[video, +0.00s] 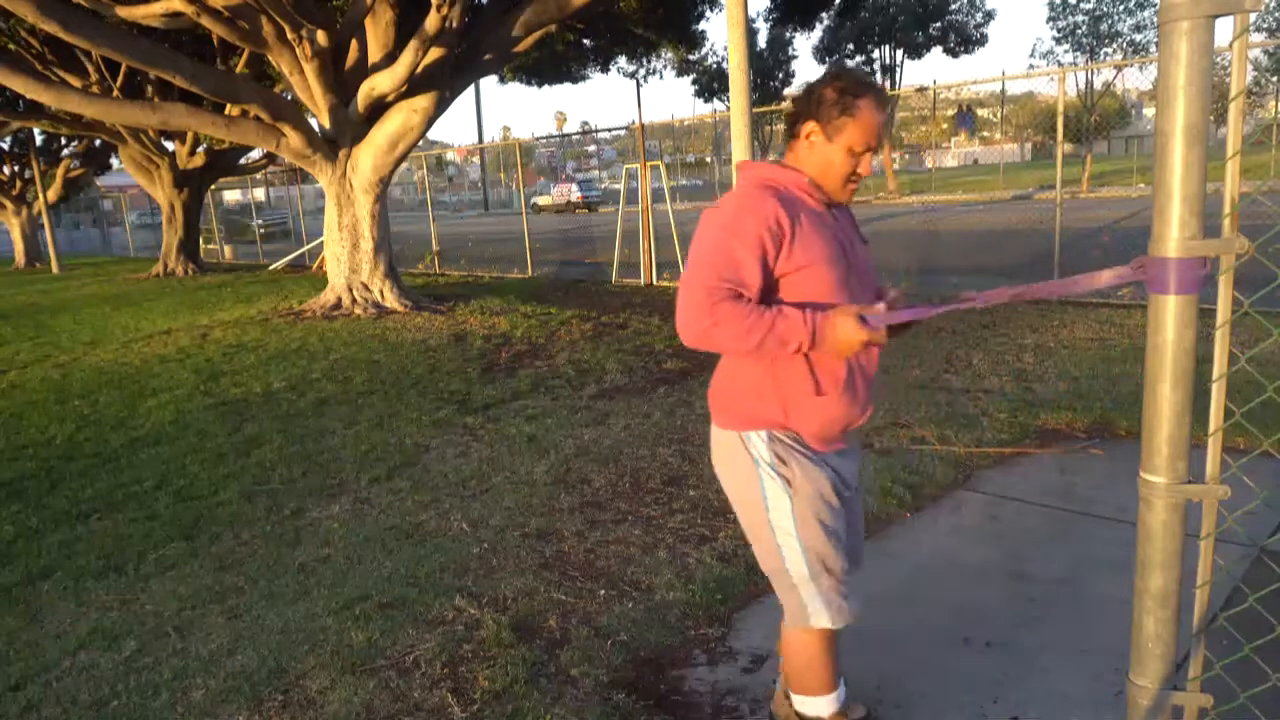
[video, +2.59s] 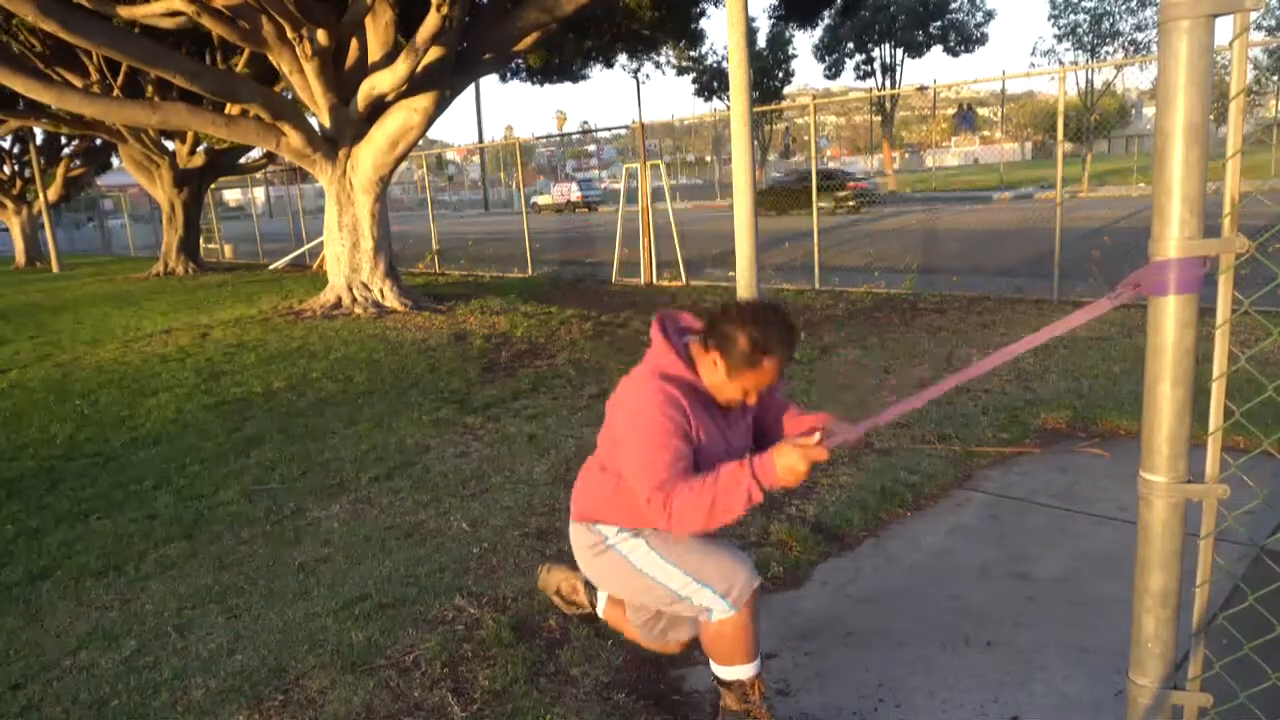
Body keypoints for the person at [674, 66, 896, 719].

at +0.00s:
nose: (866, 168)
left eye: (871, 154)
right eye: (859, 151)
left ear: (827, 139)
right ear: (810, 136)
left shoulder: (833, 211)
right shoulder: (750, 209)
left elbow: (838, 302)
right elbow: (699, 317)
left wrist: (879, 312)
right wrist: (818, 330)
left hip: (824, 431)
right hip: (767, 437)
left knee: (823, 578)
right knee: (813, 595)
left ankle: (796, 696)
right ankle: (821, 715)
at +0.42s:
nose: (767, 185)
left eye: (775, 171)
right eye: (757, 169)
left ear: (779, 162)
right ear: (715, 150)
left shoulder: (757, 216)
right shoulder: (661, 215)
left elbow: (775, 294)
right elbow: (606, 318)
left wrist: (809, 299)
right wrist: (717, 336)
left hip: (751, 422)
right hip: (679, 429)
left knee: (778, 558)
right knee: (711, 580)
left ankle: (795, 683)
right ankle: (723, 706)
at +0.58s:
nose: (735, 193)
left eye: (743, 180)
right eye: (726, 179)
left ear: (746, 166)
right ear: (683, 157)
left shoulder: (729, 224)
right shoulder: (628, 217)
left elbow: (747, 290)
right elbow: (566, 315)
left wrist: (776, 302)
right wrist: (670, 339)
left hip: (731, 421)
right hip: (655, 431)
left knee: (766, 541)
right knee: (686, 579)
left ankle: (723, 655)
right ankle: (711, 700)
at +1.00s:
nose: (697, 181)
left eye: (703, 166)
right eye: (684, 167)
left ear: (708, 162)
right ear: (639, 159)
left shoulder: (712, 216)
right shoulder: (603, 228)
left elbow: (760, 262)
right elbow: (626, 314)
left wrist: (810, 275)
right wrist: (740, 310)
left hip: (703, 420)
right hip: (637, 424)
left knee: (696, 543)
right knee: (689, 568)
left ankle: (638, 647)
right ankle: (717, 699)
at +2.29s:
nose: (716, 260)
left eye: (722, 246)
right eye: (704, 249)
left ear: (729, 230)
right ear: (661, 228)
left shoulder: (726, 267)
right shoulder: (617, 286)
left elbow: (775, 321)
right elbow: (650, 375)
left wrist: (849, 347)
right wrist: (762, 373)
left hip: (704, 462)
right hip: (637, 467)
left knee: (696, 567)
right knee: (737, 583)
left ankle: (586, 572)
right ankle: (742, 704)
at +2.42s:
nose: (739, 324)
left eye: (745, 311)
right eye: (729, 313)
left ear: (749, 292)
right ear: (686, 286)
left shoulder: (733, 318)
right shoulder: (634, 335)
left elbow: (775, 368)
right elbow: (671, 433)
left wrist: (831, 378)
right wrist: (780, 421)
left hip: (685, 493)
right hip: (625, 497)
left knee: (668, 599)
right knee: (738, 583)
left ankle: (573, 580)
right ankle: (742, 704)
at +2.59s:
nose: (753, 401)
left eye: (761, 391)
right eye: (747, 390)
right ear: (713, 361)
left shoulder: (729, 372)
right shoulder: (652, 399)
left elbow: (772, 416)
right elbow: (668, 505)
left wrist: (824, 428)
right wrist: (765, 471)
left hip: (670, 523)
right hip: (608, 530)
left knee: (670, 636)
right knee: (730, 584)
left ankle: (580, 594)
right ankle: (741, 705)